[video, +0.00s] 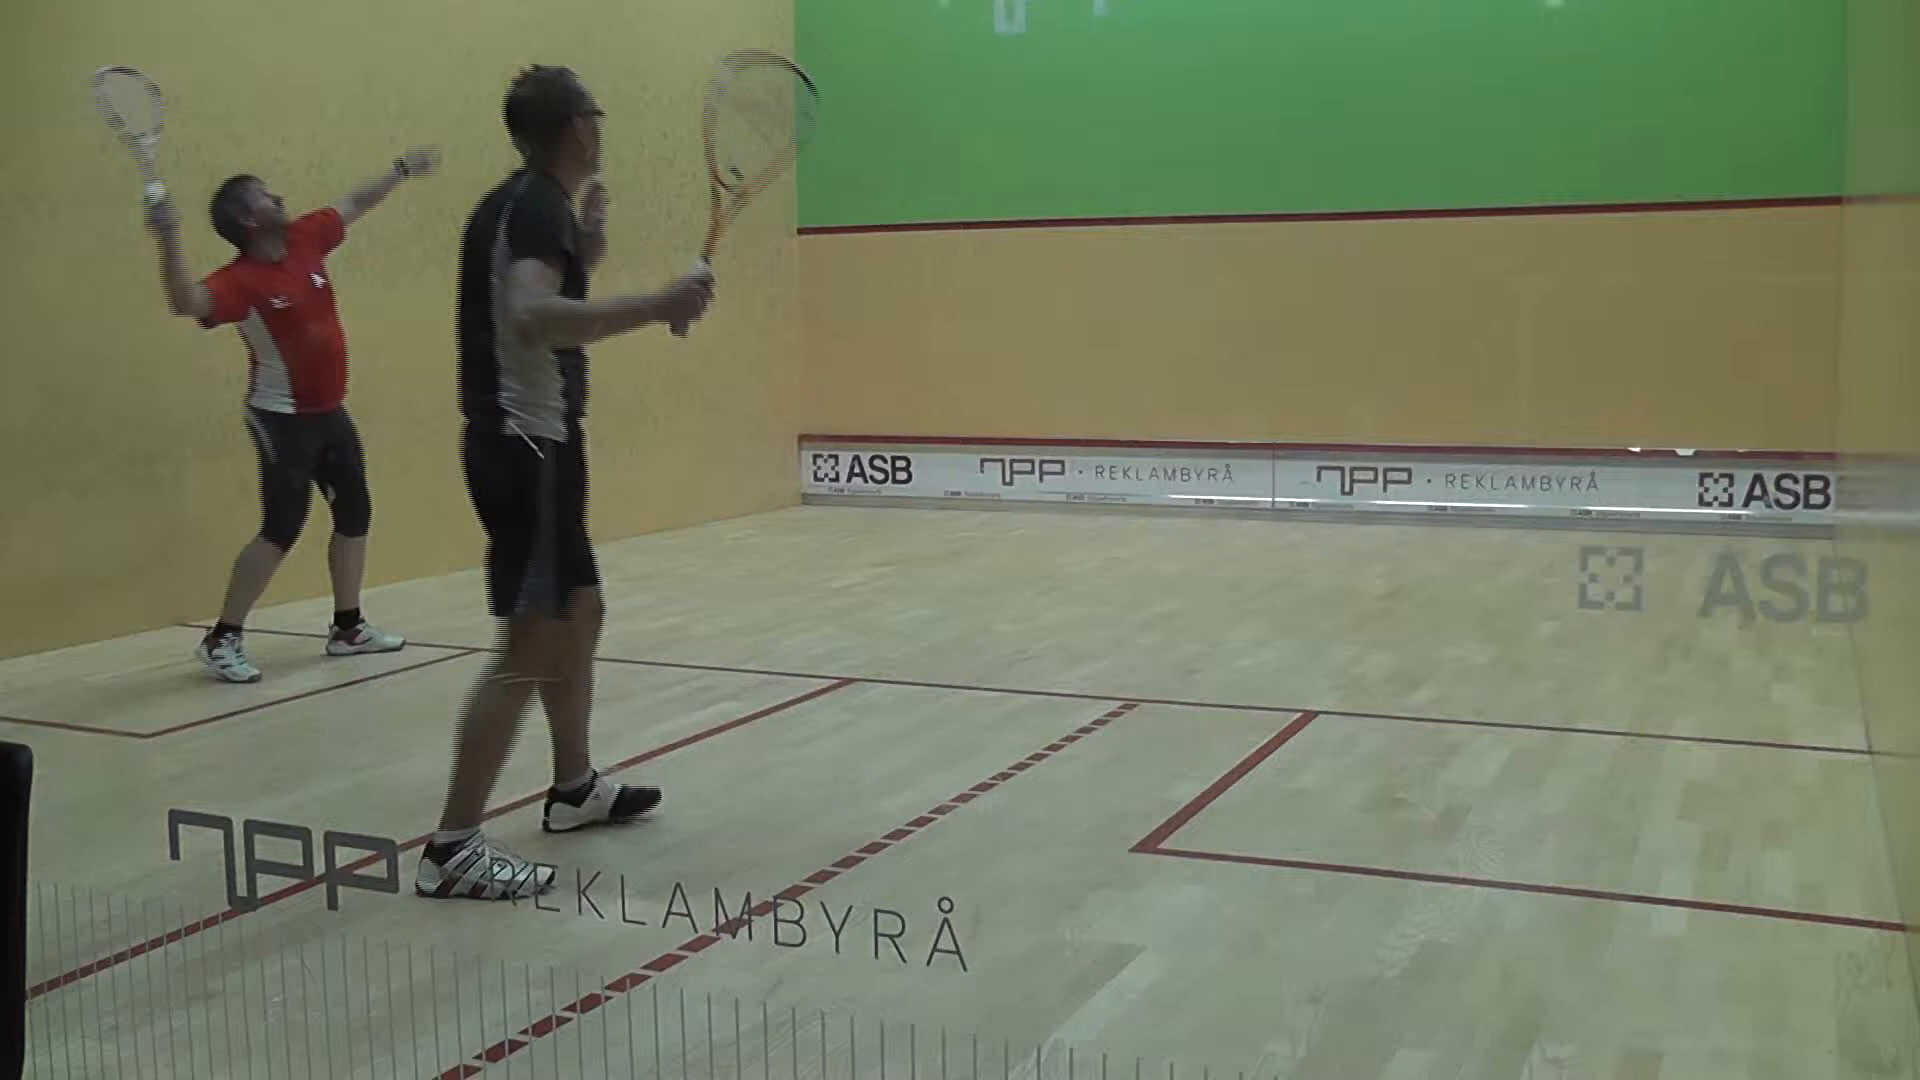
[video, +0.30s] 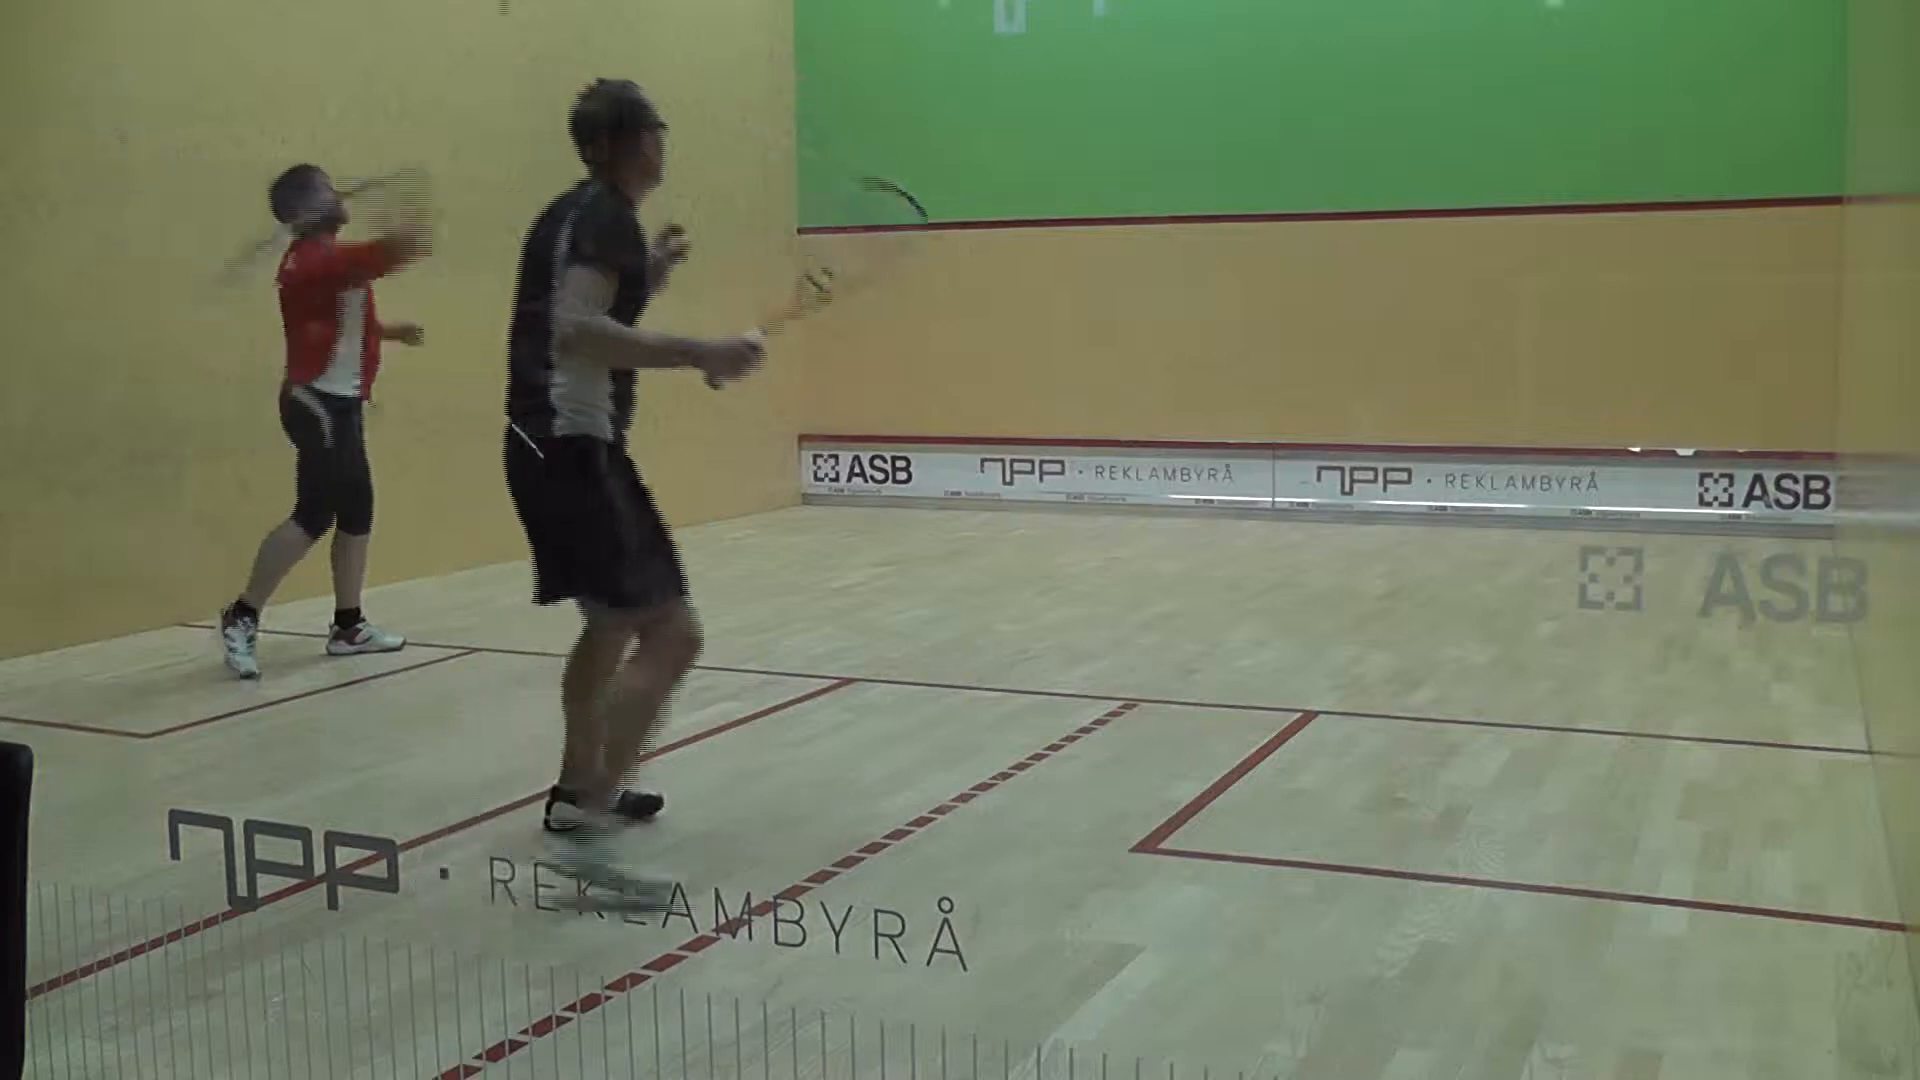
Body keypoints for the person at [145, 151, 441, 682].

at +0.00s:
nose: (276, 196)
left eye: (270, 191)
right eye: (264, 196)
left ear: (261, 215)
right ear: (247, 220)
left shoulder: (307, 237)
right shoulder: (241, 280)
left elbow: (355, 205)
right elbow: (185, 302)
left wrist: (399, 172)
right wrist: (168, 240)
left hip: (328, 412)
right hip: (279, 418)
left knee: (354, 511)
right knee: (282, 526)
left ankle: (348, 629)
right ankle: (223, 639)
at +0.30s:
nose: (341, 201)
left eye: (336, 193)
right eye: (331, 195)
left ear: (304, 212)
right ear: (311, 207)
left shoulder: (330, 258)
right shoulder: (306, 260)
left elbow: (340, 321)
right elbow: (355, 264)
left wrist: (388, 332)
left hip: (342, 400)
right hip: (315, 401)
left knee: (355, 512)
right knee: (314, 516)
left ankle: (348, 628)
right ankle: (242, 618)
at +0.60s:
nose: (397, 224)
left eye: (394, 215)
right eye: (392, 216)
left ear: (345, 225)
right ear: (378, 223)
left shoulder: (307, 266)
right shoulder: (400, 278)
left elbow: (283, 340)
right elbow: (390, 355)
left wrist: (336, 333)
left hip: (308, 391)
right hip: (357, 389)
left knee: (337, 505)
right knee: (372, 499)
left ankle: (347, 624)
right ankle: (330, 610)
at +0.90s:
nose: (423, 219)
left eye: (421, 210)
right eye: (416, 210)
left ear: (371, 217)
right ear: (393, 216)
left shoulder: (334, 264)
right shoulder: (415, 271)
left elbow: (310, 339)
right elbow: (447, 351)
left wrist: (349, 375)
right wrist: (472, 407)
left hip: (329, 398)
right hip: (376, 397)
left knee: (351, 509)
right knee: (419, 507)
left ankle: (346, 628)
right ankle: (417, 631)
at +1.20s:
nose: (449, 214)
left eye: (451, 205)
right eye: (438, 206)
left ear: (448, 210)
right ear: (408, 213)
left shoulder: (421, 264)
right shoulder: (416, 267)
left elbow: (472, 334)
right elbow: (470, 337)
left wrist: (536, 361)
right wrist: (535, 370)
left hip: (419, 403)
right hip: (406, 406)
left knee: (439, 512)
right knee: (434, 518)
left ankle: (377, 601)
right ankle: (411, 642)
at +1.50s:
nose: (498, 221)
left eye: (503, 211)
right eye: (488, 212)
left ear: (511, 207)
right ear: (467, 211)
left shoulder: (526, 253)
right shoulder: (445, 250)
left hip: (500, 407)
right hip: (446, 404)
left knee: (499, 519)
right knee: (447, 521)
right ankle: (412, 637)